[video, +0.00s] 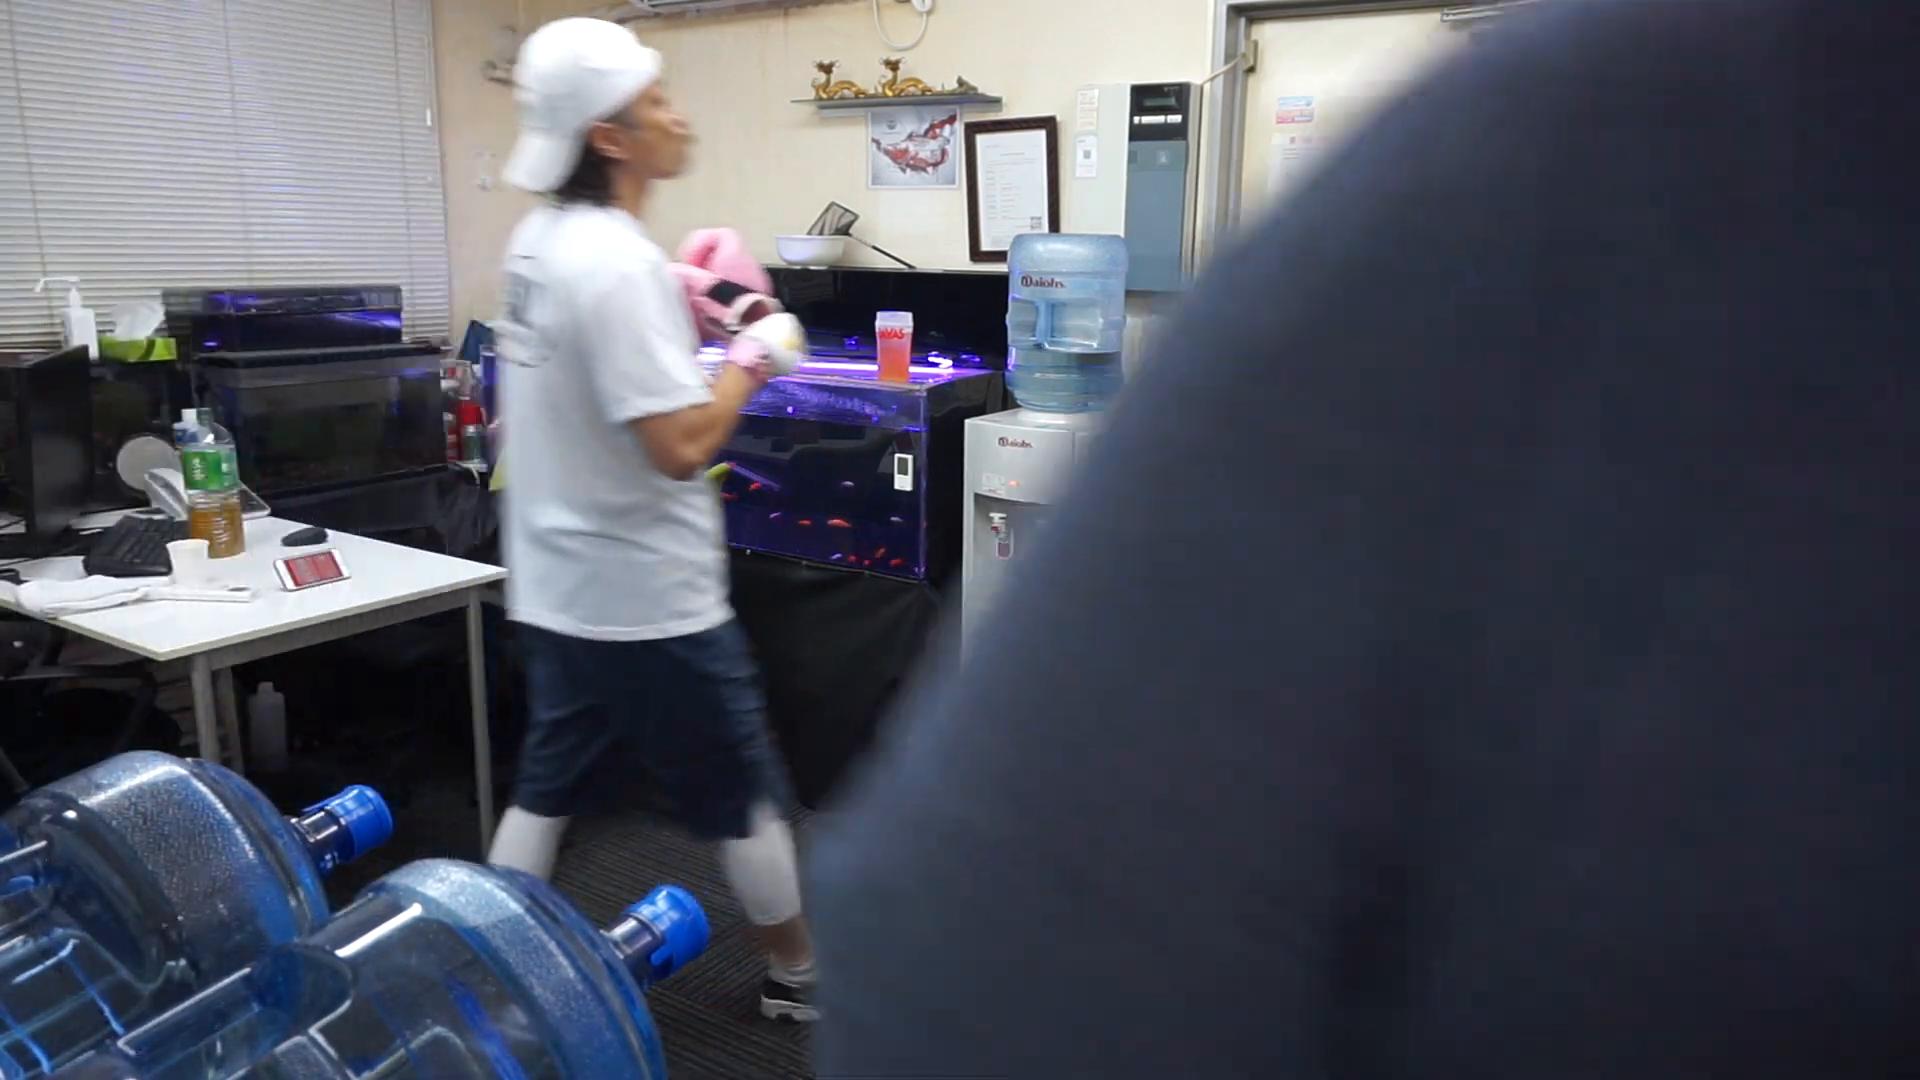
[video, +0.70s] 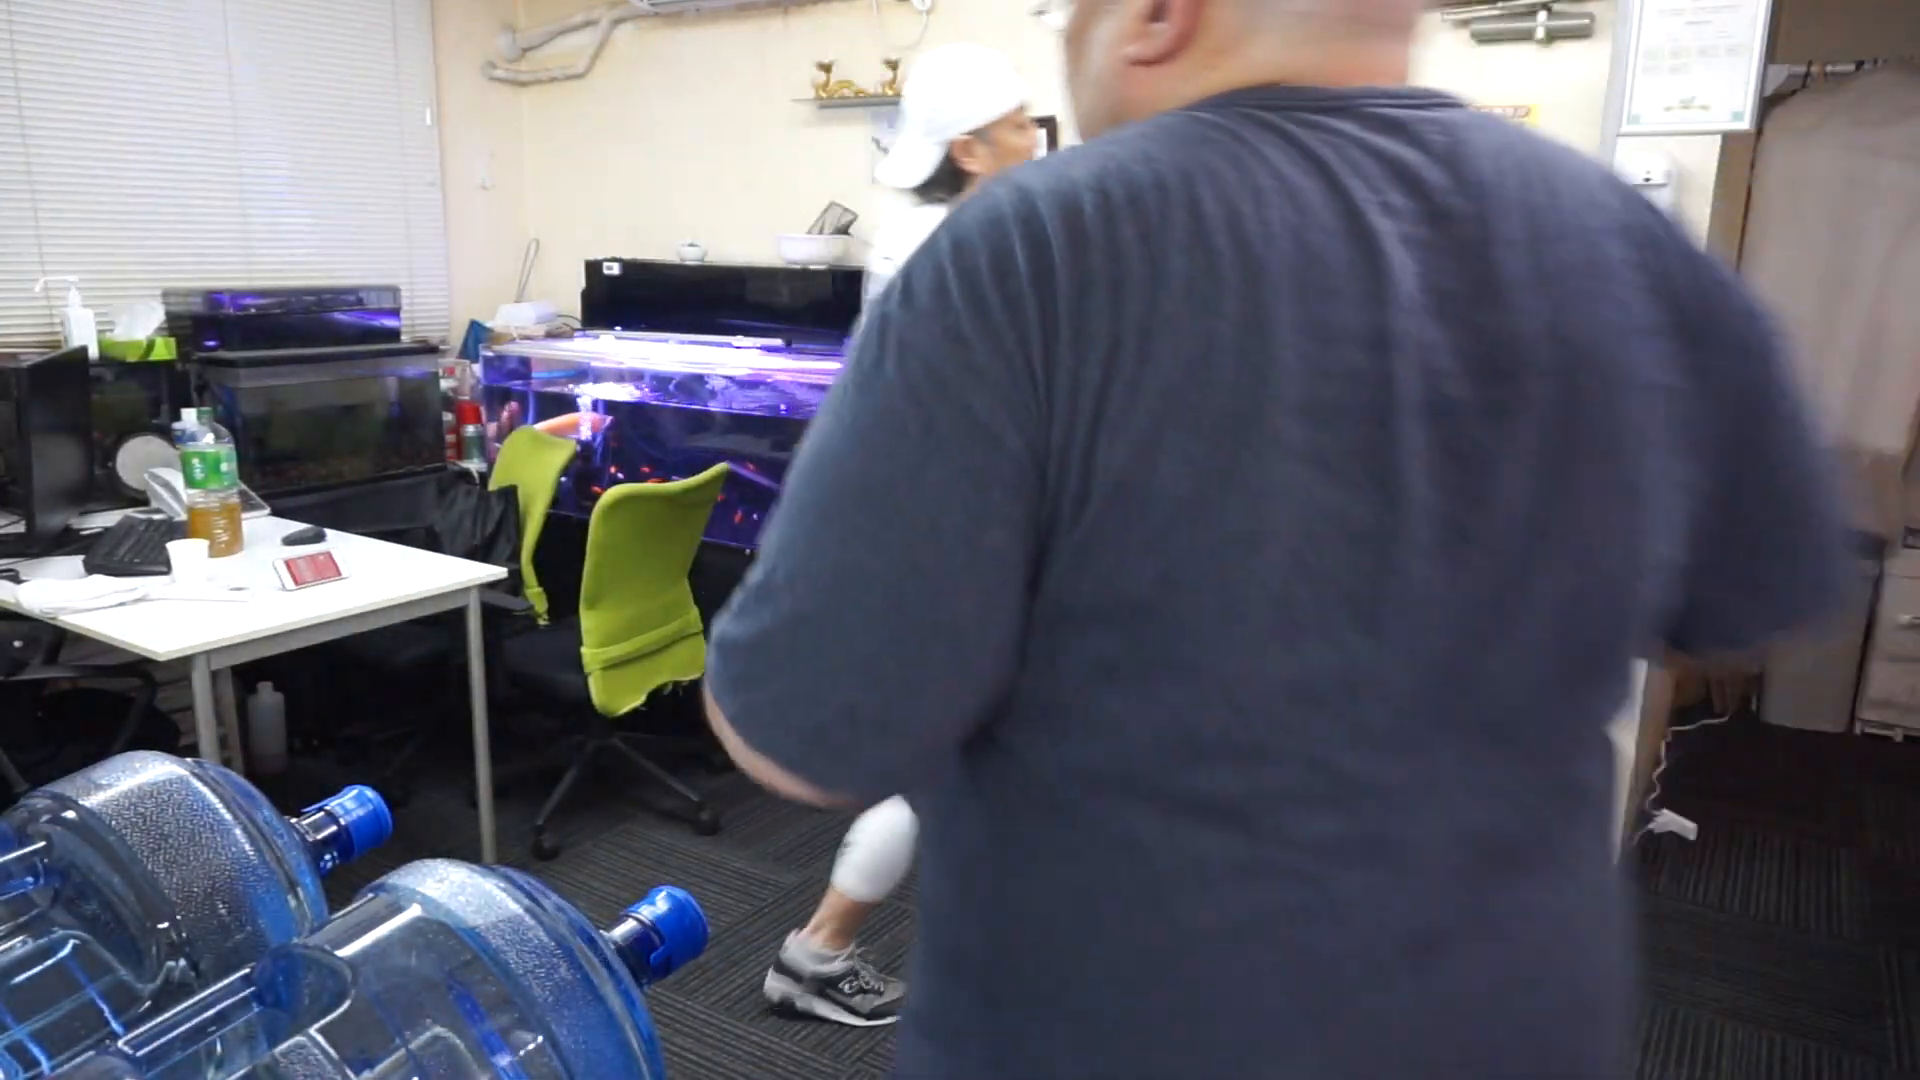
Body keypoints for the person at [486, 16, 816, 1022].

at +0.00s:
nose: (678, 116)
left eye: (666, 95)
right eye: (658, 103)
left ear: (602, 142)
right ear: (610, 142)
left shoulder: (541, 237)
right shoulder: (618, 260)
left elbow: (578, 387)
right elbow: (680, 445)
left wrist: (677, 316)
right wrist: (754, 361)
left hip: (554, 589)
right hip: (652, 601)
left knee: (544, 785)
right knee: (744, 787)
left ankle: (486, 969)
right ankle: (794, 976)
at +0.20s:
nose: (809, 120)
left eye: (801, 102)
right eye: (790, 110)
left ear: (727, 145)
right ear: (740, 144)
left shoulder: (661, 232)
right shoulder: (739, 262)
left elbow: (703, 385)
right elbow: (794, 435)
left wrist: (796, 300)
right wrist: (850, 356)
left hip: (684, 566)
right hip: (749, 580)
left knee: (699, 760)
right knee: (761, 781)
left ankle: (582, 918)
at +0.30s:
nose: (864, 117)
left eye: (856, 100)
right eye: (847, 105)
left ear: (790, 141)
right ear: (794, 140)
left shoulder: (708, 223)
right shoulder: (794, 255)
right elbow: (847, 423)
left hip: (721, 563)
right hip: (790, 577)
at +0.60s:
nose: (996, 127)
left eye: (989, 112)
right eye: (981, 115)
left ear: (917, 142)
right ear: (929, 144)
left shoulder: (848, 230)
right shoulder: (927, 252)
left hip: (849, 516)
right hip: (903, 530)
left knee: (877, 702)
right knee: (887, 720)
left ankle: (818, 935)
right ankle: (810, 957)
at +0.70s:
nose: (1046, 139)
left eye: (1038, 121)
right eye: (1024, 126)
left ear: (973, 148)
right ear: (967, 150)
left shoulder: (973, 234)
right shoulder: (944, 249)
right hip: (954, 541)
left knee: (958, 751)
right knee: (941, 760)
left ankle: (824, 942)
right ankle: (817, 947)